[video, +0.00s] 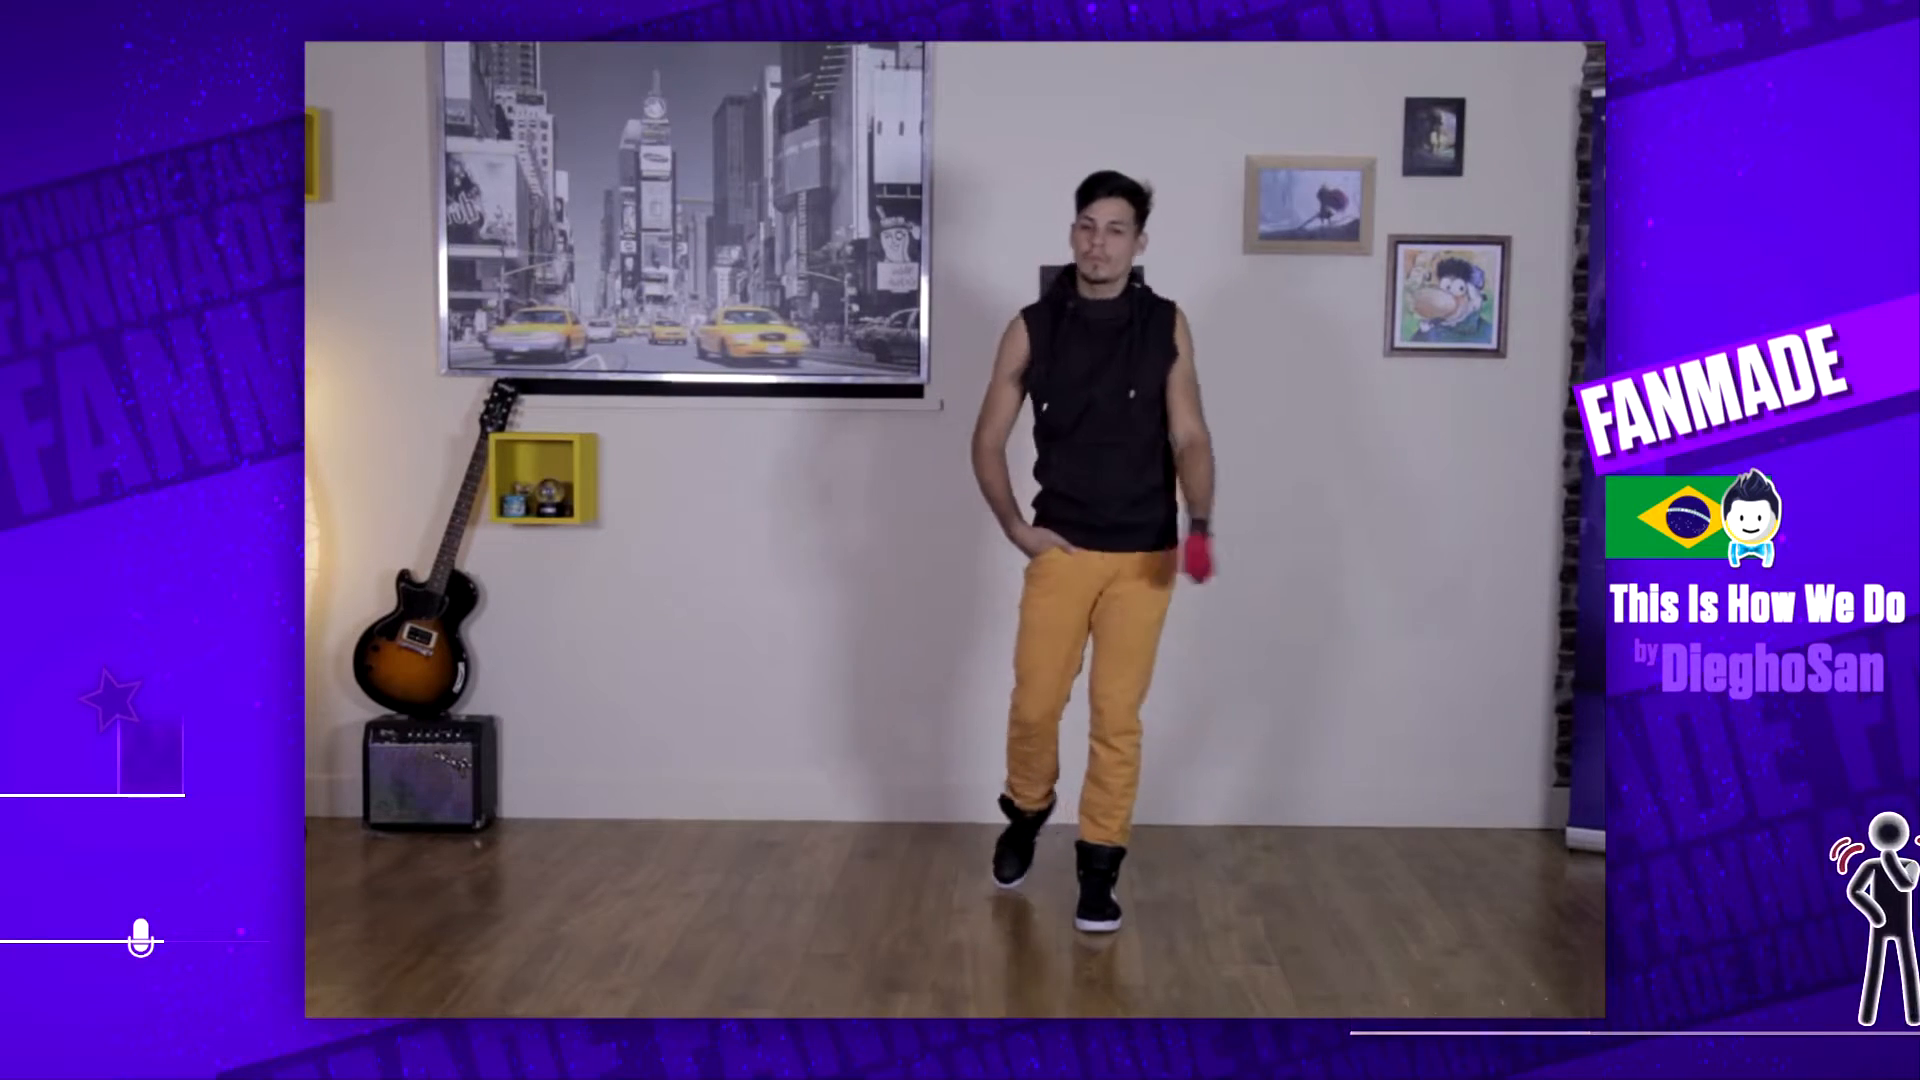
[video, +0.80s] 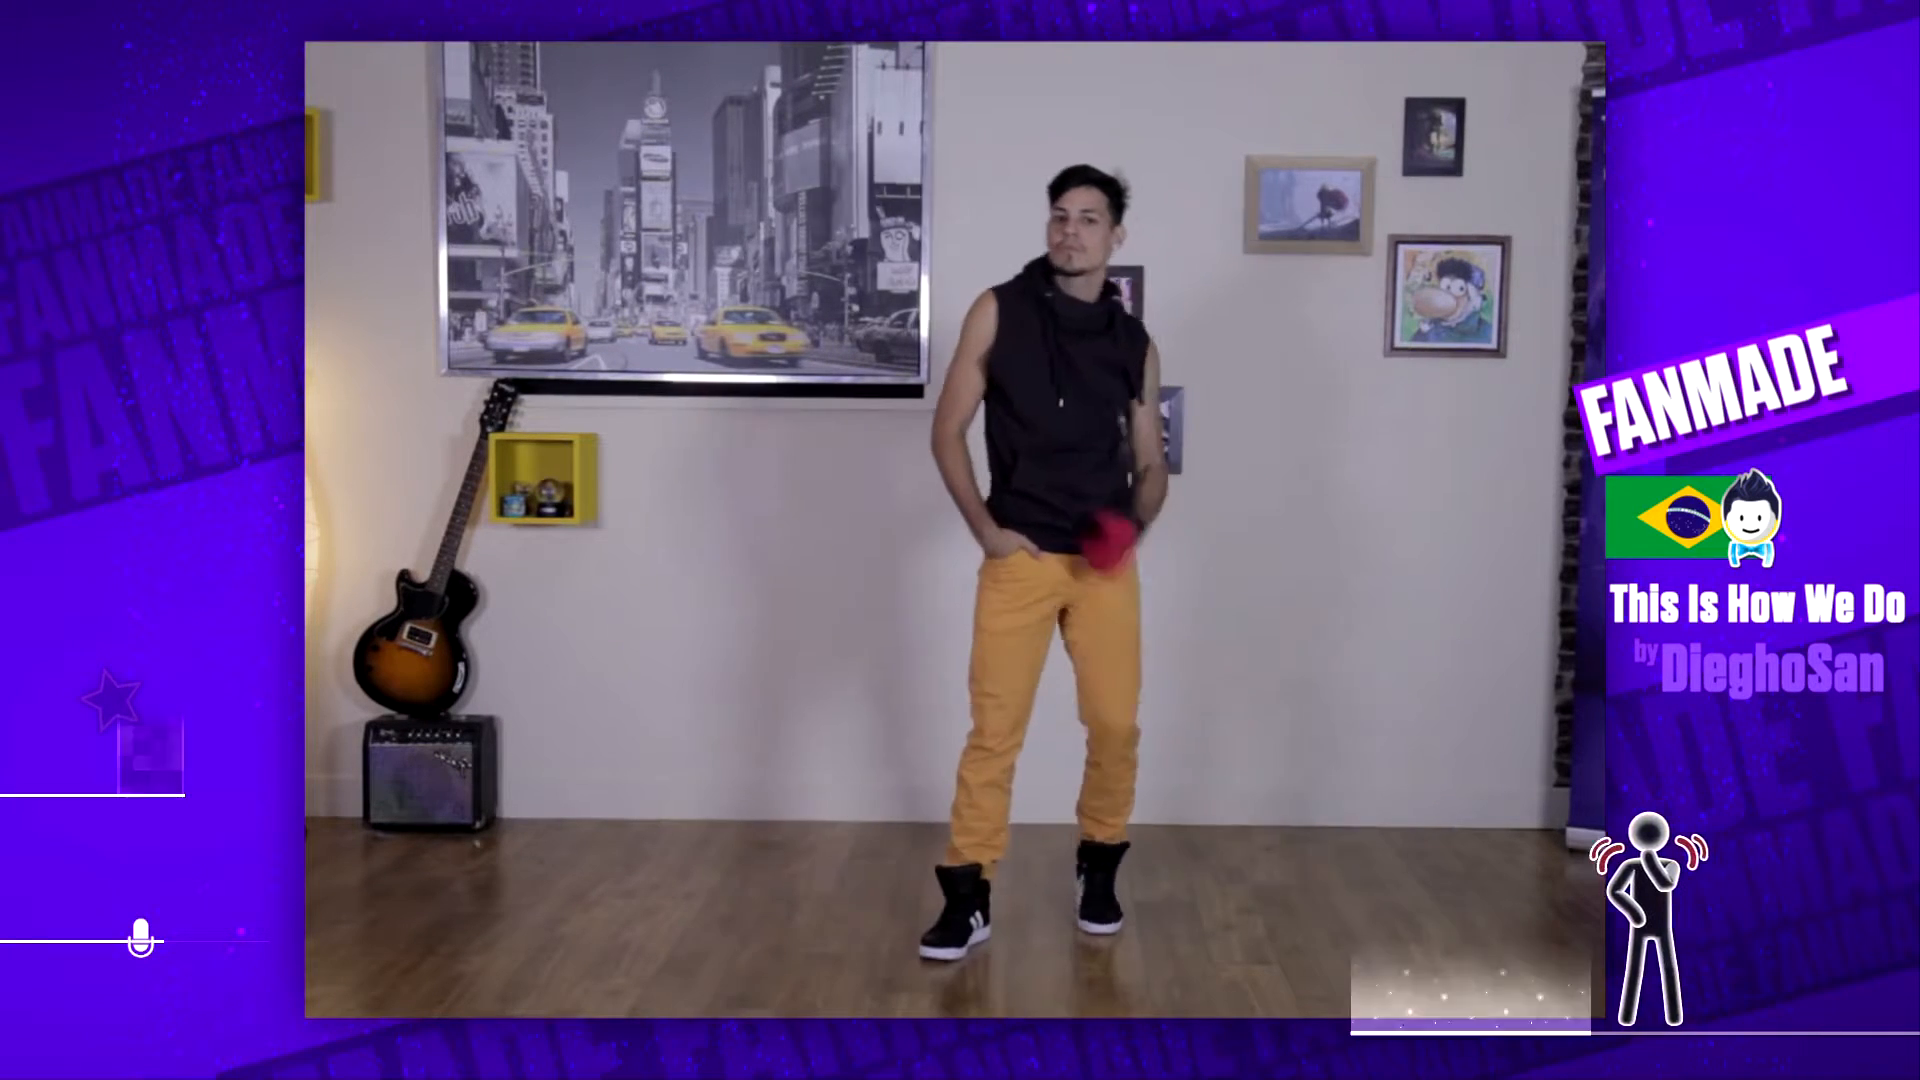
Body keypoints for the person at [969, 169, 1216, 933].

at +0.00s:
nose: (1098, 242)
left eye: (1115, 230)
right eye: (1088, 227)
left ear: (1138, 243)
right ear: (1071, 233)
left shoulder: (1166, 325)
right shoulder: (1034, 326)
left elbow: (1190, 435)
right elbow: (988, 441)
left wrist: (1199, 518)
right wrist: (1016, 527)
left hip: (1143, 557)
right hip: (1061, 550)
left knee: (1117, 718)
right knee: (1033, 707)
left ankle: (1101, 867)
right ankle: (1026, 815)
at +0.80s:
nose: (1070, 230)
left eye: (1087, 219)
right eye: (1061, 217)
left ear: (1116, 235)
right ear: (1046, 229)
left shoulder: (1134, 342)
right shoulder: (999, 313)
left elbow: (1154, 465)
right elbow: (946, 432)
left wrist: (1128, 527)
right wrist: (986, 530)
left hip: (1107, 558)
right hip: (1021, 556)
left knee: (1116, 727)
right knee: (994, 731)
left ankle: (1101, 875)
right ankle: (965, 897)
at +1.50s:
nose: (1160, 244)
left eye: (1176, 230)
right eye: (1147, 229)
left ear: (1199, 239)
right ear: (1124, 232)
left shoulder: (1210, 333)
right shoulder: (1071, 313)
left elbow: (1184, 429)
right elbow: (1025, 428)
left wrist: (1153, 320)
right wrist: (1021, 523)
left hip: (1156, 573)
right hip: (1062, 565)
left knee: (1177, 747)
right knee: (1020, 744)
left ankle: (1202, 909)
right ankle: (1005, 908)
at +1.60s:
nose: (1152, 248)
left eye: (1170, 235)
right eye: (1141, 232)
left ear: (1200, 242)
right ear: (1125, 232)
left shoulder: (1210, 340)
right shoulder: (1071, 310)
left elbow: (1188, 434)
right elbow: (1006, 427)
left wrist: (1152, 326)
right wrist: (1025, 531)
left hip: (1159, 572)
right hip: (1064, 564)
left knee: (1178, 746)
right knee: (1019, 744)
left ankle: (1202, 910)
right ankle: (1000, 905)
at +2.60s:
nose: (1016, 244)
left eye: (1029, 226)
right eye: (1003, 234)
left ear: (1064, 223)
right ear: (993, 243)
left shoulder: (1112, 301)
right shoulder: (1014, 321)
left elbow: (1085, 420)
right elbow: (998, 445)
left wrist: (1024, 330)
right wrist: (972, 511)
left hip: (1097, 565)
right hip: (1006, 560)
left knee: (1140, 740)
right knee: (983, 740)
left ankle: (1187, 903)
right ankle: (970, 902)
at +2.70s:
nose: (1045, 240)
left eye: (1058, 224)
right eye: (1032, 231)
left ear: (1095, 225)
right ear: (1025, 242)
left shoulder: (1135, 303)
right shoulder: (1045, 317)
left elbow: (1107, 419)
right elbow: (1037, 432)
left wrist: (1049, 328)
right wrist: (1001, 511)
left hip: (1119, 574)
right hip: (1030, 568)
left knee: (1154, 747)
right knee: (998, 748)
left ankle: (1189, 908)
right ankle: (980, 904)